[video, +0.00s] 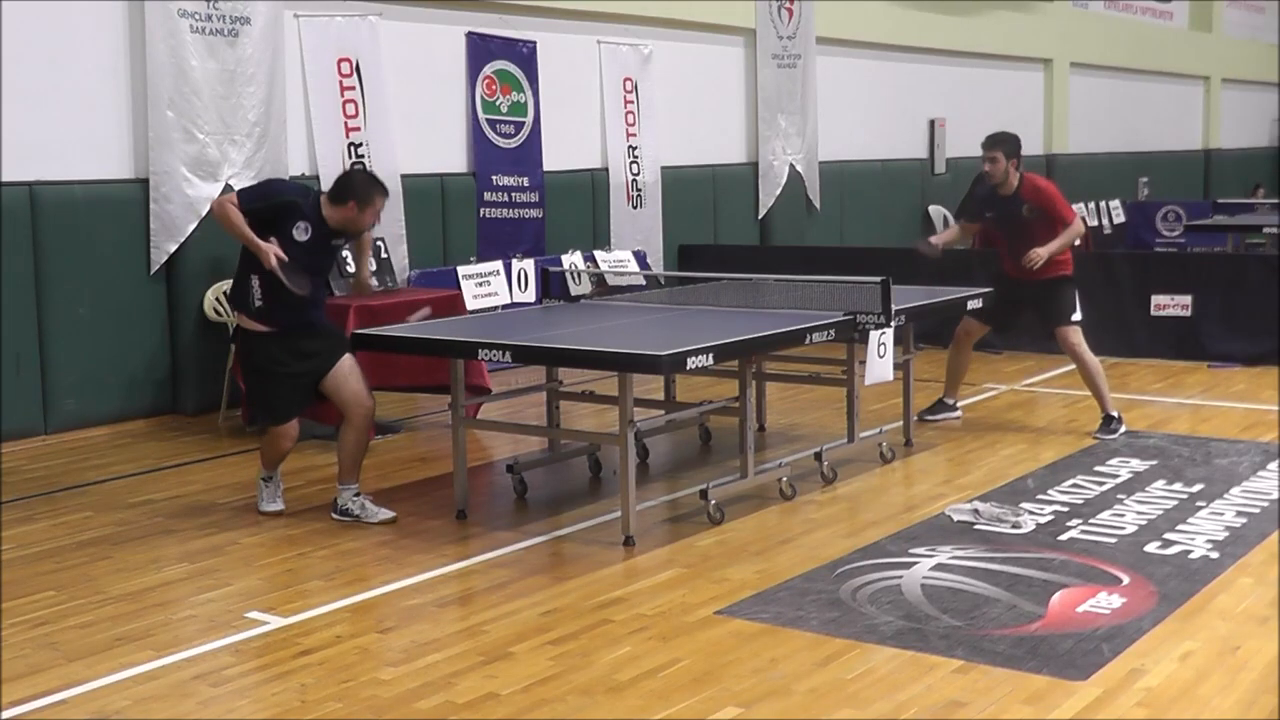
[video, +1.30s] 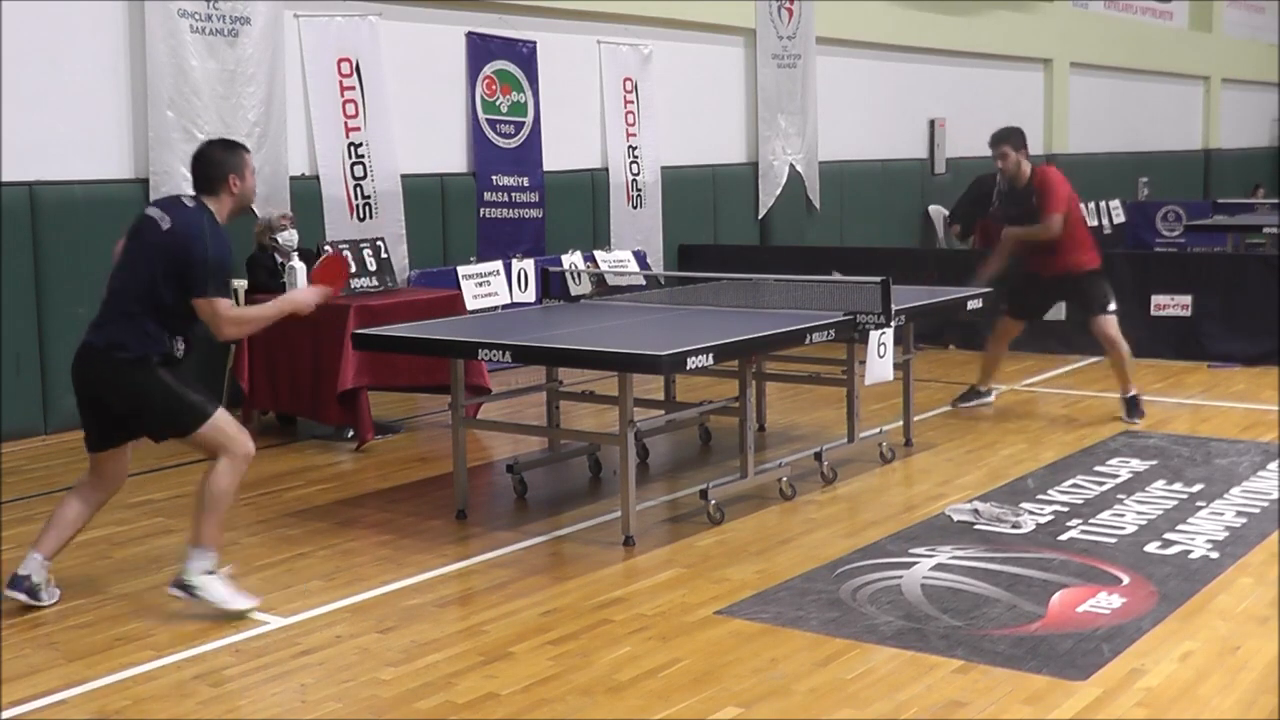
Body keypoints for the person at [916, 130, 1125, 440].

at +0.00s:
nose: (986, 167)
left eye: (993, 161)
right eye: (984, 161)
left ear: (1014, 162)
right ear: (984, 161)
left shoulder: (1041, 189)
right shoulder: (984, 192)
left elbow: (1077, 227)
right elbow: (965, 229)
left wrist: (1047, 250)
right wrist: (939, 239)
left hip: (1054, 281)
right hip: (1011, 281)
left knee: (1072, 341)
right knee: (964, 334)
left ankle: (1111, 415)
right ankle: (949, 401)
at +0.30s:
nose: (961, 186)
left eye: (967, 179)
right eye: (960, 179)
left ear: (988, 177)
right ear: (962, 178)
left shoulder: (1019, 202)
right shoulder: (961, 206)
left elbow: (1058, 240)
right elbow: (920, 229)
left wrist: (1022, 262)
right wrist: (893, 250)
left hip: (1033, 287)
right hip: (987, 286)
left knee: (1058, 338)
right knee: (937, 334)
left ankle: (1076, 411)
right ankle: (905, 403)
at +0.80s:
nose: (937, 165)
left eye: (943, 157)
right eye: (933, 158)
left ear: (960, 155)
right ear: (929, 158)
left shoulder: (989, 175)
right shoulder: (933, 190)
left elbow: (1034, 205)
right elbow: (903, 221)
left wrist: (1039, 244)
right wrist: (871, 228)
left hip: (1012, 269)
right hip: (968, 272)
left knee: (1042, 330)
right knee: (925, 331)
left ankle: (1075, 406)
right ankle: (899, 401)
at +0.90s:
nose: (953, 157)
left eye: (959, 150)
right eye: (950, 150)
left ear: (977, 148)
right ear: (948, 151)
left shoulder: (1004, 172)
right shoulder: (948, 185)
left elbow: (1056, 182)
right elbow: (915, 226)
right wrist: (892, 225)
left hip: (1018, 271)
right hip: (974, 272)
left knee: (1044, 332)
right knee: (931, 329)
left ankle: (1077, 402)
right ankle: (929, 396)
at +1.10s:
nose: (974, 151)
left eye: (980, 145)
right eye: (970, 145)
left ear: (998, 143)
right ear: (968, 146)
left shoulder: (1023, 167)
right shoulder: (970, 180)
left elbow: (1073, 189)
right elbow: (946, 226)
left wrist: (1057, 213)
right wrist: (919, 235)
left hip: (1044, 260)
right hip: (1001, 264)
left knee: (1064, 323)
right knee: (964, 322)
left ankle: (1096, 399)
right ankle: (946, 392)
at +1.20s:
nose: (984, 159)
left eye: (990, 152)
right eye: (981, 153)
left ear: (1008, 151)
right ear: (978, 154)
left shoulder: (1038, 177)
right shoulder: (981, 189)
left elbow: (1079, 208)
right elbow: (961, 235)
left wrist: (1051, 235)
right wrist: (933, 257)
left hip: (1055, 271)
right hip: (1014, 273)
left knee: (1075, 328)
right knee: (975, 326)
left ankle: (1115, 398)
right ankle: (981, 387)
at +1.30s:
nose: (998, 165)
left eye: (1003, 157)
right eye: (995, 159)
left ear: (1023, 154)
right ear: (995, 159)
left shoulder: (1049, 178)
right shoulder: (1005, 195)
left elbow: (1052, 228)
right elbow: (1004, 248)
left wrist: (1012, 233)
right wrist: (979, 281)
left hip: (1081, 270)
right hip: (1038, 273)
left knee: (1108, 332)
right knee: (1002, 331)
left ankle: (1130, 395)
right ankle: (982, 388)